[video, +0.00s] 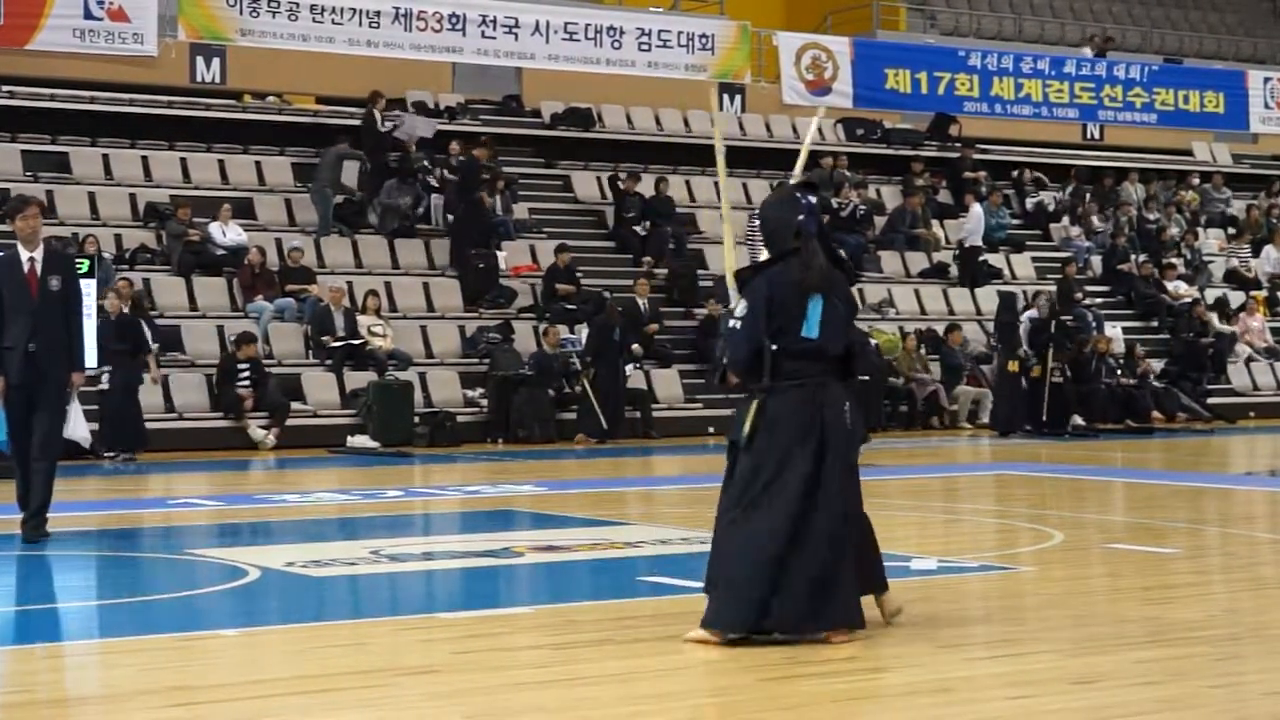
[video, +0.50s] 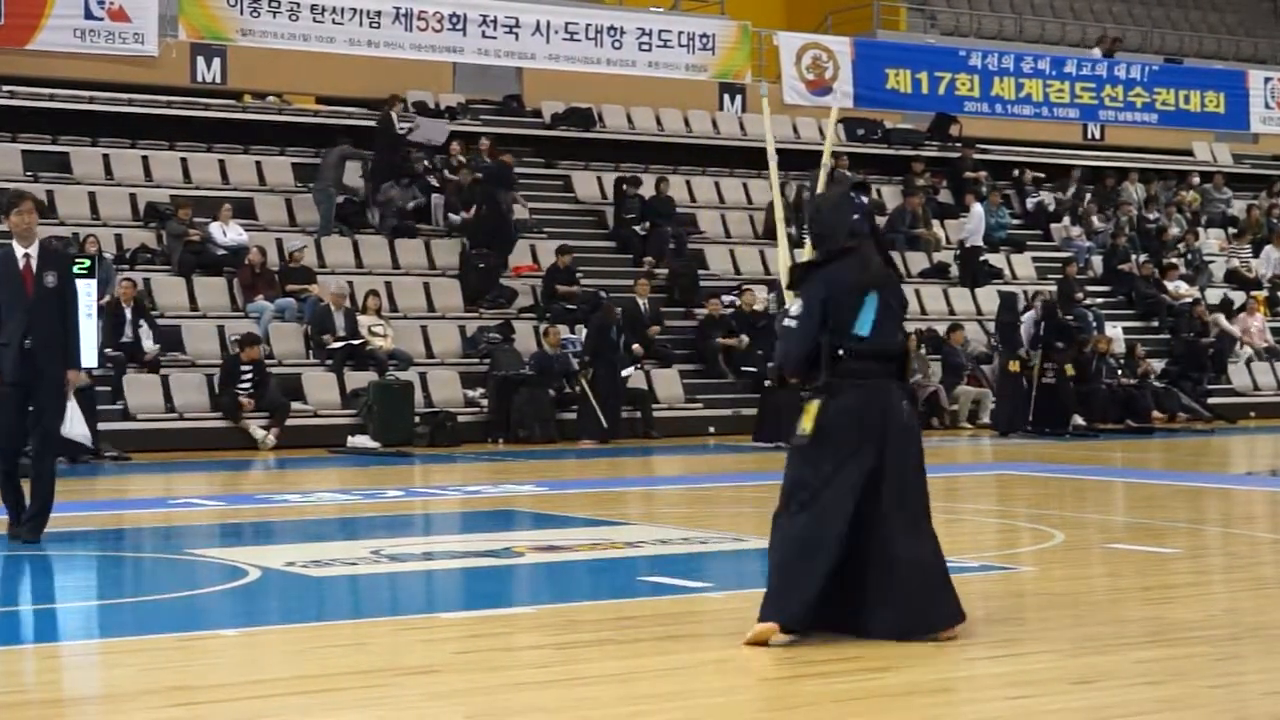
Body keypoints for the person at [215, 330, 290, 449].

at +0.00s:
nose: (256, 349)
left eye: (256, 346)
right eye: (254, 346)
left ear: (248, 347)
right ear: (244, 347)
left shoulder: (256, 362)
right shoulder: (226, 361)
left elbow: (262, 383)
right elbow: (222, 386)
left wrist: (254, 398)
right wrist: (239, 394)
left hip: (255, 395)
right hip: (236, 395)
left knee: (283, 404)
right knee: (230, 400)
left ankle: (272, 435)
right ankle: (250, 428)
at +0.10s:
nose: (256, 349)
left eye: (256, 346)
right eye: (254, 346)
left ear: (248, 347)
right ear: (245, 347)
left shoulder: (256, 362)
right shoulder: (227, 362)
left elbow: (262, 384)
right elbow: (223, 387)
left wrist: (253, 398)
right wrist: (239, 393)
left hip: (256, 395)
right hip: (236, 395)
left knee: (283, 404)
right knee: (229, 402)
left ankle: (272, 436)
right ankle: (250, 428)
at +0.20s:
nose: (257, 349)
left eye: (256, 346)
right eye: (254, 346)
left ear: (249, 347)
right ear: (245, 347)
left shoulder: (257, 362)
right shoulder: (228, 362)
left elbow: (263, 384)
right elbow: (224, 387)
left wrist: (254, 398)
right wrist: (239, 397)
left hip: (256, 396)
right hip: (236, 396)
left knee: (283, 404)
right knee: (226, 402)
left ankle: (272, 436)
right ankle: (249, 429)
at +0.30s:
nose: (257, 350)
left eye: (257, 346)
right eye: (254, 347)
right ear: (245, 348)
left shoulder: (258, 363)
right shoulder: (228, 362)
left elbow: (263, 385)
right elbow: (224, 388)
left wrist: (254, 399)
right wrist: (239, 399)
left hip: (256, 396)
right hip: (236, 396)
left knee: (283, 404)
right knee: (226, 402)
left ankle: (272, 436)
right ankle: (248, 429)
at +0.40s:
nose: (258, 351)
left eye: (258, 347)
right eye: (255, 348)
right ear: (246, 349)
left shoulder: (258, 363)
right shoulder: (229, 362)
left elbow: (263, 385)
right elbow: (224, 388)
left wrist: (254, 400)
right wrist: (239, 399)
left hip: (255, 396)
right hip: (235, 396)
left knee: (283, 404)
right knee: (225, 402)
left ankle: (272, 436)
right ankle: (250, 428)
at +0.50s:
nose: (259, 351)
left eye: (259, 348)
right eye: (256, 348)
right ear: (246, 349)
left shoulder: (259, 363)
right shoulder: (229, 363)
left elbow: (264, 385)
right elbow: (224, 388)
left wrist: (254, 400)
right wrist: (239, 399)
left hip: (255, 396)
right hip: (236, 397)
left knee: (283, 404)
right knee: (226, 402)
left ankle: (271, 436)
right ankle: (251, 428)